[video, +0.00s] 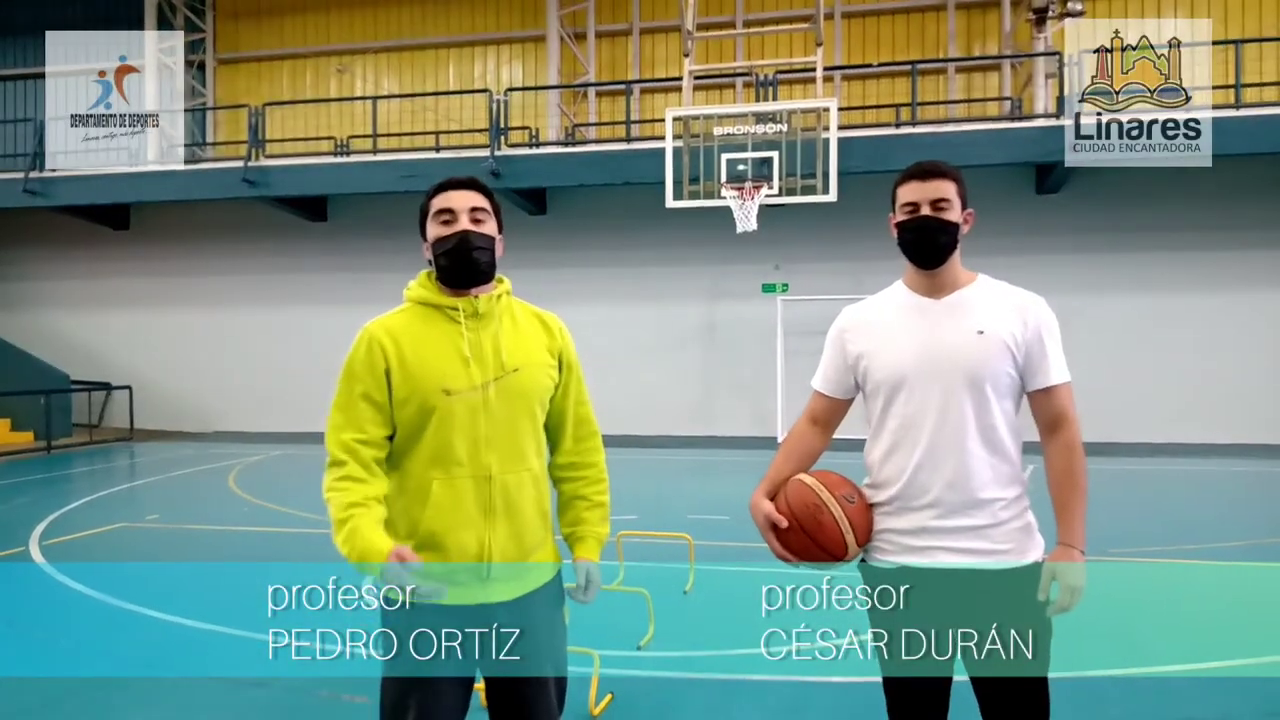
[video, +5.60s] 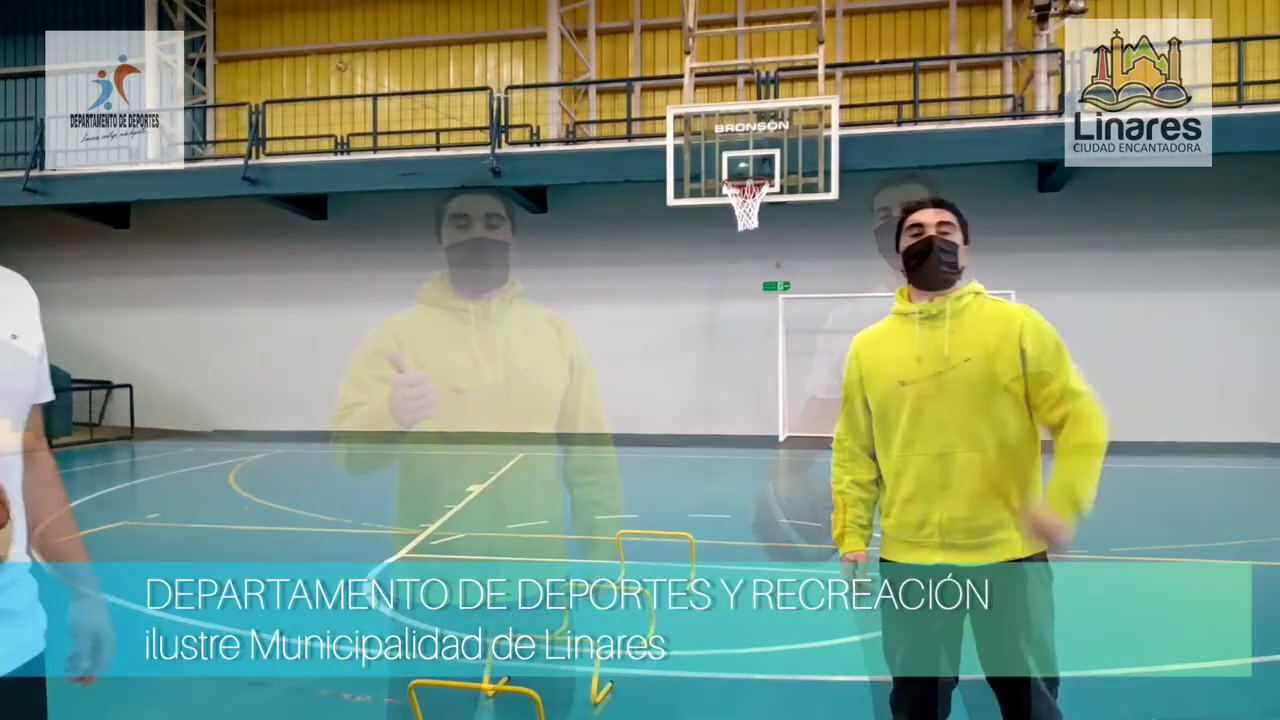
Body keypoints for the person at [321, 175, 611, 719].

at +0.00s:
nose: (464, 226)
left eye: (479, 216)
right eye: (445, 218)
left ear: (499, 241)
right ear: (426, 245)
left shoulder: (544, 333)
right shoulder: (385, 340)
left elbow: (578, 449)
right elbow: (352, 461)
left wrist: (586, 541)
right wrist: (373, 546)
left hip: (529, 586)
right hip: (424, 591)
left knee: (537, 711)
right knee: (422, 714)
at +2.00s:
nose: (471, 227)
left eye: (486, 217)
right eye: (453, 219)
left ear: (507, 241)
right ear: (434, 247)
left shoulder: (556, 334)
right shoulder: (394, 346)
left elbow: (592, 449)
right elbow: (360, 464)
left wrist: (602, 545)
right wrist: (352, 567)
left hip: (541, 586)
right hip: (439, 590)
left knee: (546, 711)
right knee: (430, 714)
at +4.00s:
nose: (478, 231)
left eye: (495, 221)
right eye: (460, 222)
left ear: (515, 244)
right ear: (441, 247)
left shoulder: (560, 336)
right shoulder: (397, 345)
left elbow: (594, 452)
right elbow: (363, 472)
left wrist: (604, 548)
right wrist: (364, 581)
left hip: (542, 591)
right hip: (438, 595)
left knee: (548, 712)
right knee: (430, 714)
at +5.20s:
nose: (471, 234)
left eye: (487, 223)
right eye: (454, 224)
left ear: (507, 243)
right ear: (434, 246)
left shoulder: (551, 335)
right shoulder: (390, 343)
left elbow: (585, 452)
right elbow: (350, 461)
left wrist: (595, 552)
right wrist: (370, 519)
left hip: (536, 588)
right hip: (434, 592)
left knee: (542, 712)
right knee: (428, 714)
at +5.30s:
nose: (472, 234)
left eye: (487, 223)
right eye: (454, 223)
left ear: (507, 242)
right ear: (435, 244)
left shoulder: (553, 335)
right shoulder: (391, 341)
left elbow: (587, 453)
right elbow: (345, 471)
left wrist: (598, 556)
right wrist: (372, 446)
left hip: (537, 587)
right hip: (434, 590)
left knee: (542, 712)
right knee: (427, 713)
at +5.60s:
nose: (477, 234)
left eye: (492, 222)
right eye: (461, 223)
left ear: (513, 238)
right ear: (441, 240)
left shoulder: (554, 336)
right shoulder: (398, 337)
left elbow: (592, 463)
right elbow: (350, 452)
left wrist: (605, 569)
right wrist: (389, 418)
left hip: (537, 572)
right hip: (432, 572)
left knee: (539, 706)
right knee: (436, 706)